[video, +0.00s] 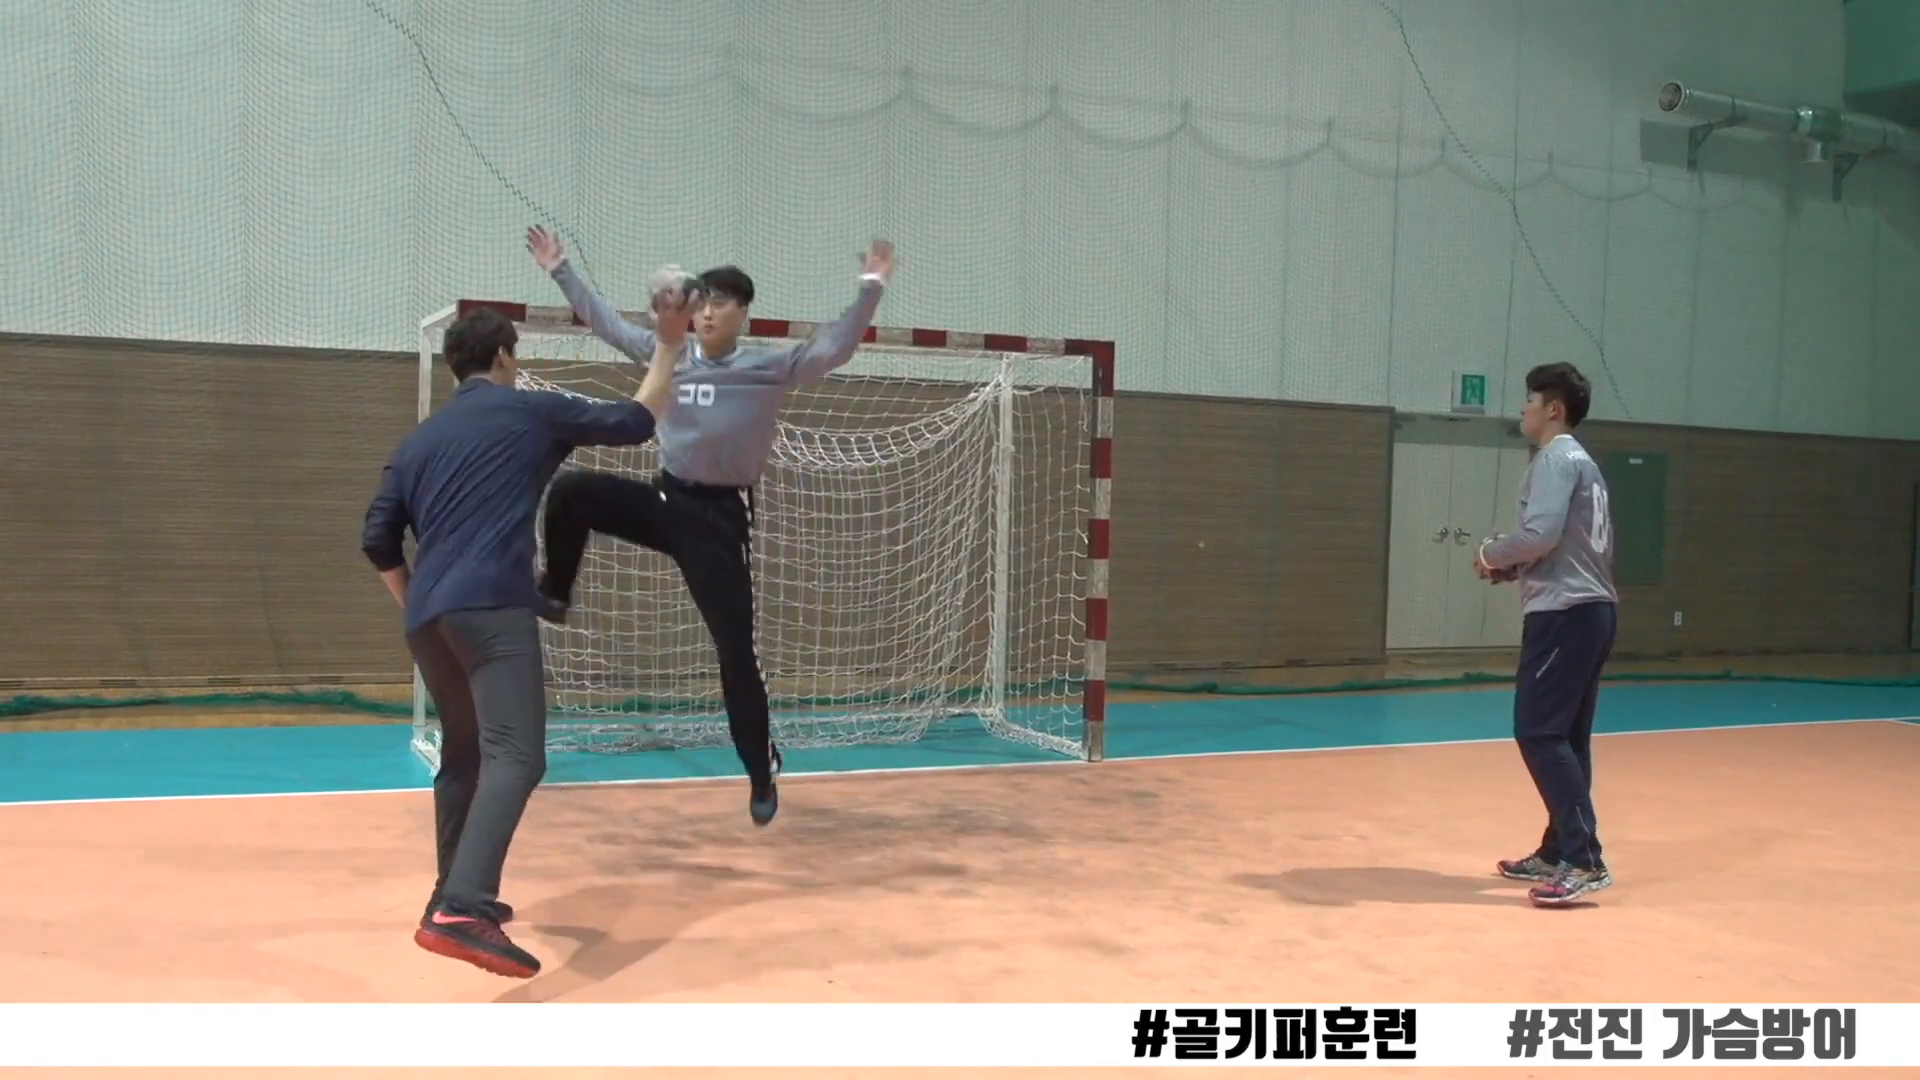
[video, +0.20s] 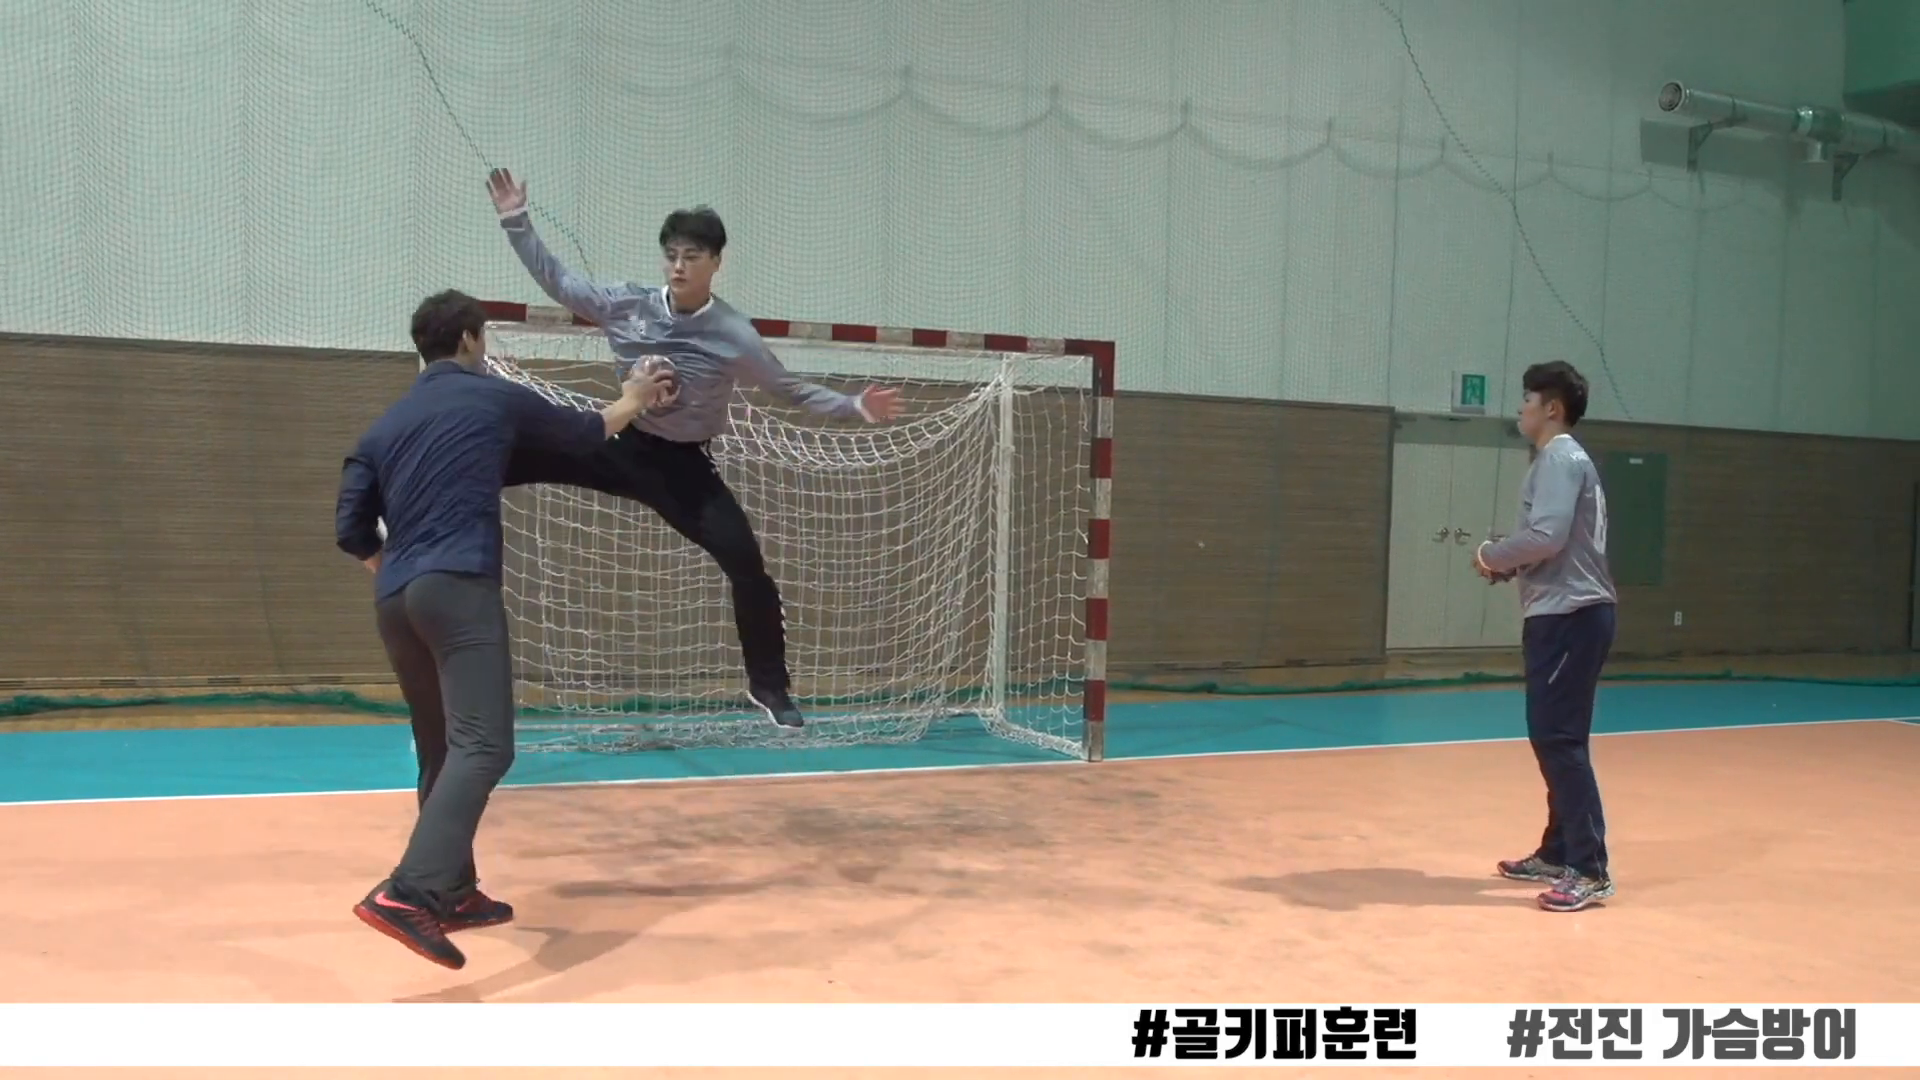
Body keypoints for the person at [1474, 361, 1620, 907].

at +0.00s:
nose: (1523, 408)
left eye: (1531, 399)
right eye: (1527, 399)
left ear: (1555, 407)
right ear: (1562, 410)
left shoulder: (1557, 456)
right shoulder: (1581, 462)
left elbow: (1541, 537)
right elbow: (1571, 551)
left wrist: (1492, 556)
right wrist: (1513, 567)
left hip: (1565, 612)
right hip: (1590, 611)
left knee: (1537, 731)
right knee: (1569, 734)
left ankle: (1584, 862)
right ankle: (1558, 852)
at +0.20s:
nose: (1521, 407)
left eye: (1529, 398)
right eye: (1524, 398)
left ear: (1554, 406)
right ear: (1554, 408)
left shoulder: (1561, 457)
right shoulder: (1554, 459)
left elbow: (1548, 537)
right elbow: (1550, 539)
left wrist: (1492, 557)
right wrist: (1506, 560)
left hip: (1572, 616)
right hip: (1558, 615)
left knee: (1559, 738)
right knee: (1551, 737)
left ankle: (1591, 871)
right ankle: (1559, 854)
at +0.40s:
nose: (1520, 406)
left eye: (1528, 397)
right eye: (1523, 397)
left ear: (1553, 405)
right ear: (1552, 406)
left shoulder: (1564, 456)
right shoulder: (1549, 460)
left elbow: (1554, 537)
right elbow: (1546, 536)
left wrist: (1497, 555)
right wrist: (1501, 555)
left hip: (1571, 617)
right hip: (1553, 617)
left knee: (1565, 743)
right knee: (1554, 742)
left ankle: (1591, 874)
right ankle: (1557, 855)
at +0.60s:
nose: (1521, 406)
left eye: (1529, 397)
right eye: (1523, 397)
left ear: (1555, 403)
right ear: (1553, 404)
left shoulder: (1569, 456)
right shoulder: (1551, 459)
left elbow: (1562, 538)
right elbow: (1550, 537)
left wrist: (1499, 549)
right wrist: (1501, 550)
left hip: (1572, 620)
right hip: (1550, 620)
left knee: (1567, 746)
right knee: (1552, 745)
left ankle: (1592, 876)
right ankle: (1556, 855)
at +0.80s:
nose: (1519, 406)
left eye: (1528, 396)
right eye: (1521, 396)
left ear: (1556, 404)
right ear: (1549, 404)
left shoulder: (1575, 459)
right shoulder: (1545, 464)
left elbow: (1581, 541)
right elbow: (1547, 538)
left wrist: (1508, 554)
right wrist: (1503, 550)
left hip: (1581, 625)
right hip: (1547, 624)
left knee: (1572, 751)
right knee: (1548, 749)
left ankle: (1592, 877)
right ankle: (1555, 856)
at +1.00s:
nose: (1515, 407)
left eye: (1525, 398)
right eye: (1517, 398)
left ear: (1555, 406)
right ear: (1541, 407)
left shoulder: (1584, 464)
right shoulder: (1531, 473)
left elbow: (1597, 547)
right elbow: (1535, 545)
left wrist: (1515, 553)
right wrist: (1500, 551)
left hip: (1588, 627)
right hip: (1544, 627)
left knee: (1574, 749)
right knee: (1542, 747)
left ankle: (1594, 877)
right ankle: (1556, 853)